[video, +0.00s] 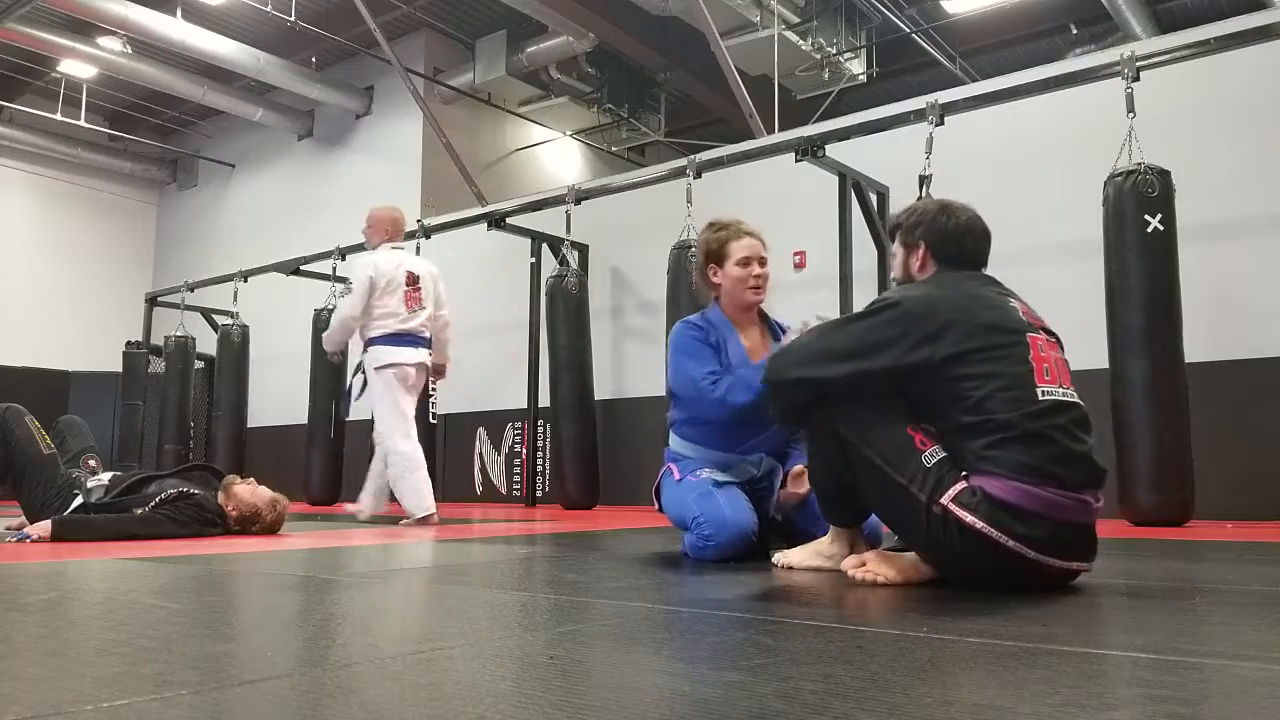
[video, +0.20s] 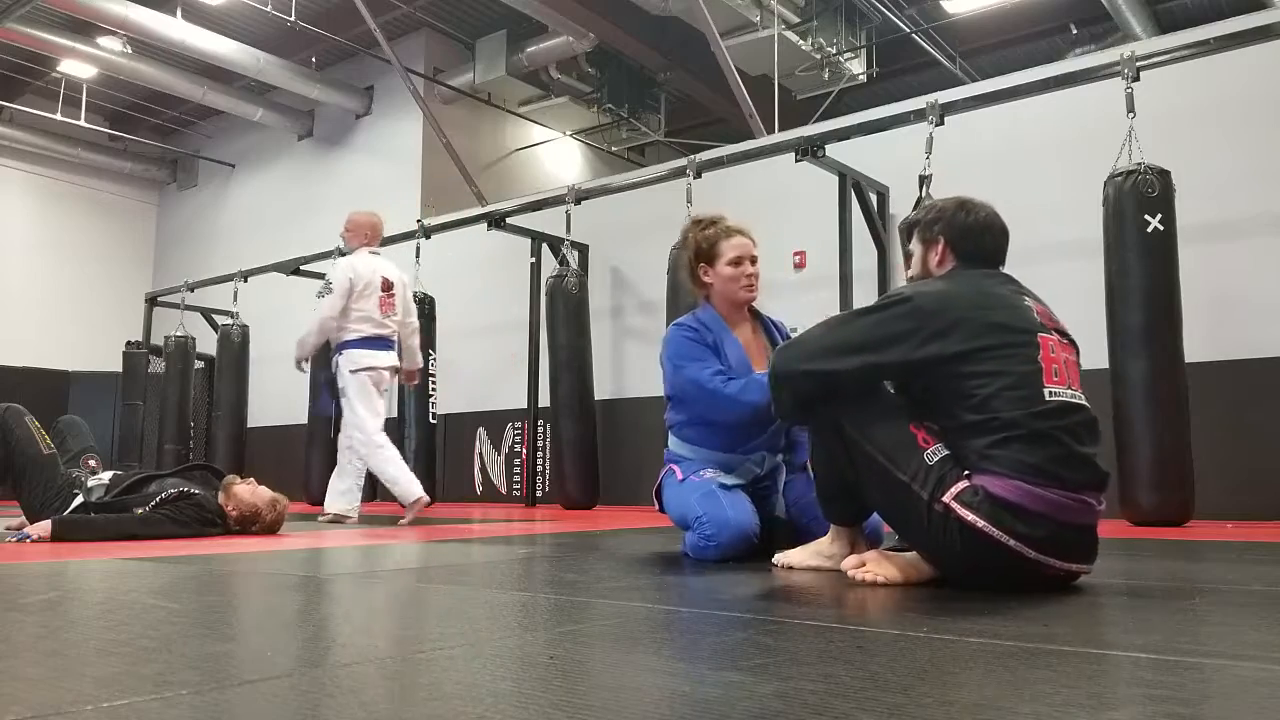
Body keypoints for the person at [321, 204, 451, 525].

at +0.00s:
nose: (363, 232)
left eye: (368, 227)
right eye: (365, 227)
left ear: (386, 232)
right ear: (397, 233)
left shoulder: (370, 263)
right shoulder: (426, 267)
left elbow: (350, 313)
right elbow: (441, 319)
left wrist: (331, 342)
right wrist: (440, 358)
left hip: (384, 357)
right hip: (419, 358)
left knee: (398, 434)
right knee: (389, 433)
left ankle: (422, 509)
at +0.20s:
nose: (343, 235)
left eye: (348, 231)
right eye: (344, 229)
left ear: (367, 235)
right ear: (374, 236)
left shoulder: (347, 266)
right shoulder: (397, 272)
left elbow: (327, 317)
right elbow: (409, 322)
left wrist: (303, 350)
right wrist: (412, 362)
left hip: (355, 358)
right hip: (386, 360)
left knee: (366, 433)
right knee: (355, 434)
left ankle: (412, 495)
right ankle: (342, 506)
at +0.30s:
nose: (331, 233)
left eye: (336, 229)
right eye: (333, 228)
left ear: (354, 235)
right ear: (360, 237)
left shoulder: (338, 267)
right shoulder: (384, 271)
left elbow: (320, 319)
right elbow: (393, 323)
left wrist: (290, 357)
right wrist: (389, 360)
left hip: (342, 360)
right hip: (373, 361)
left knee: (330, 435)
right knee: (353, 434)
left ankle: (390, 487)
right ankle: (341, 508)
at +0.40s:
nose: (319, 233)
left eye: (325, 230)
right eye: (321, 228)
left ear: (342, 236)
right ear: (347, 239)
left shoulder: (329, 267)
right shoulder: (367, 269)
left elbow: (315, 316)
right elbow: (375, 321)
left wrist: (291, 357)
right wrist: (364, 354)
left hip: (330, 359)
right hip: (360, 360)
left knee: (298, 432)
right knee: (345, 428)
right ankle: (346, 504)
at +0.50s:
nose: (306, 236)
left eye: (312, 232)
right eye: (308, 231)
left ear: (330, 240)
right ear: (335, 242)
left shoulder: (319, 270)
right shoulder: (350, 272)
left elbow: (312, 316)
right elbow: (352, 321)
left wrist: (293, 356)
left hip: (319, 363)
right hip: (344, 364)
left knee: (276, 429)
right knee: (340, 435)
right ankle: (343, 506)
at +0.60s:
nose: (291, 238)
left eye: (298, 235)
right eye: (294, 233)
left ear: (315, 243)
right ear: (319, 244)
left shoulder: (305, 273)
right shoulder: (332, 274)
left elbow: (306, 319)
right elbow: (342, 321)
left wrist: (294, 359)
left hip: (304, 365)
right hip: (330, 367)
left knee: (271, 431)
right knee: (333, 435)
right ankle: (343, 503)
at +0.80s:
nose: (257, 239)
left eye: (263, 236)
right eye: (259, 234)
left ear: (281, 244)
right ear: (285, 245)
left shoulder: (270, 276)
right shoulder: (298, 277)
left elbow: (270, 323)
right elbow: (300, 329)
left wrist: (259, 365)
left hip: (261, 362)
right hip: (291, 365)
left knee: (238, 432)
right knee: (289, 433)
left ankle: (225, 502)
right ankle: (326, 488)